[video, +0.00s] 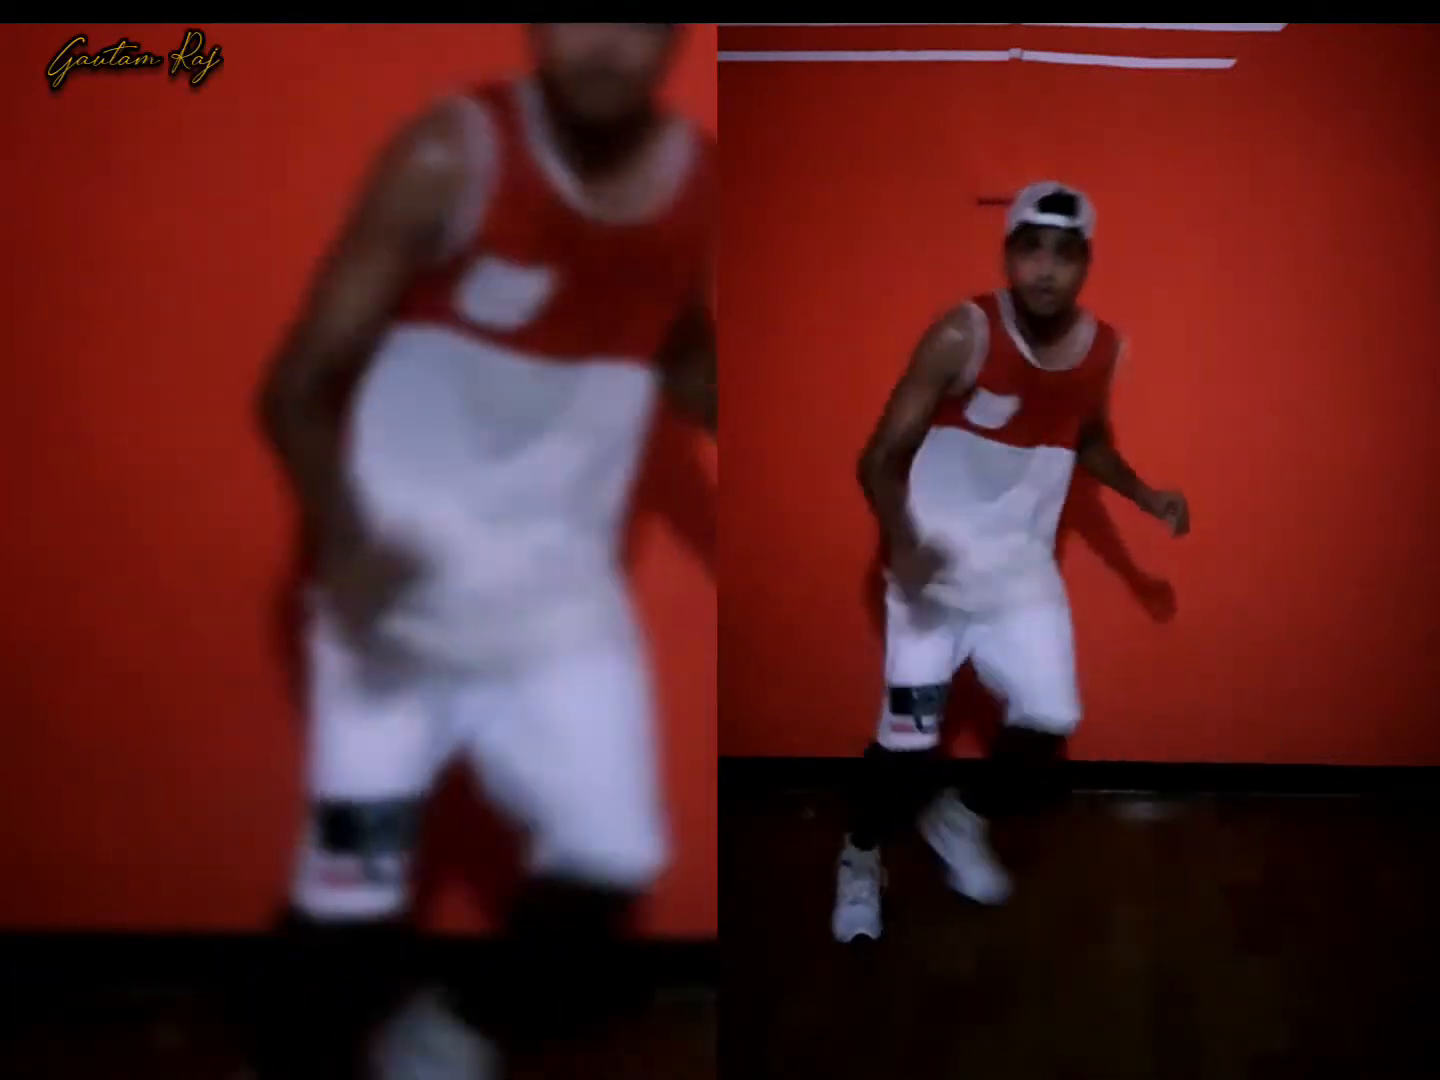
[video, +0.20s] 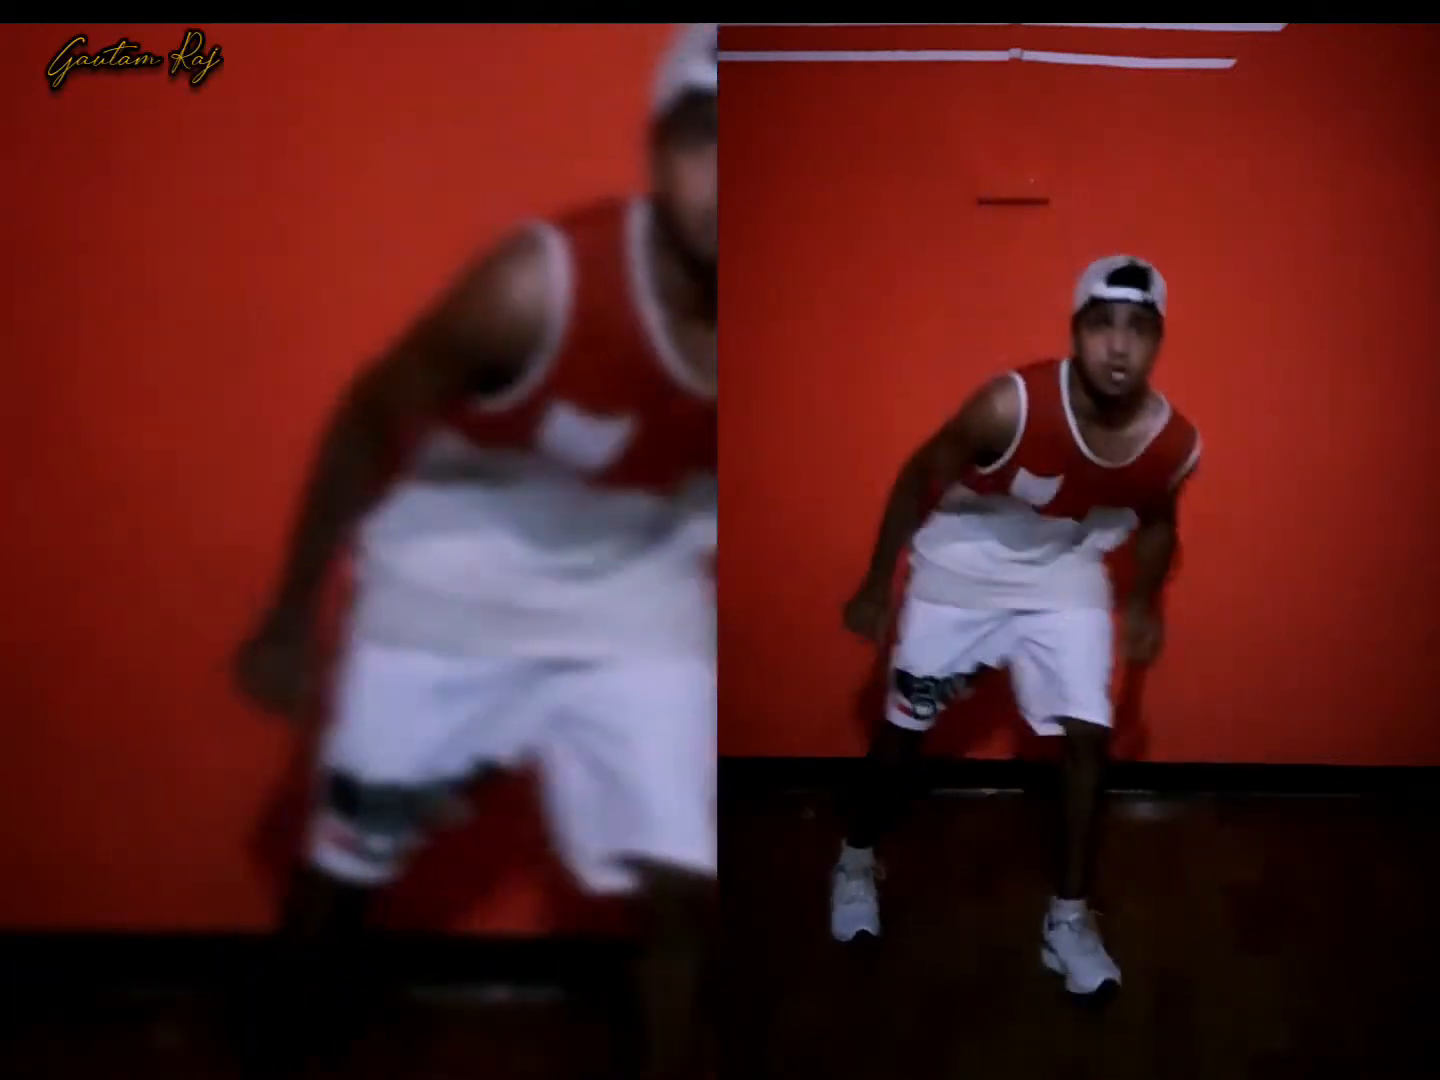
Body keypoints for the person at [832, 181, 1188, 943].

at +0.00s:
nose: (1045, 270)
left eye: (1063, 255)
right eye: (1031, 251)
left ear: (1086, 266)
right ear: (1008, 259)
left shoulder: (1099, 348)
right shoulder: (963, 337)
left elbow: (1089, 440)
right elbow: (880, 460)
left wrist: (1146, 494)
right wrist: (904, 542)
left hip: (1023, 566)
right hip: (932, 559)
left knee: (1048, 719)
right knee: (911, 738)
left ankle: (960, 817)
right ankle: (861, 860)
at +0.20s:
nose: (1119, 347)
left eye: (1137, 331)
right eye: (1102, 327)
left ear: (1157, 346)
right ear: (1075, 337)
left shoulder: (1172, 445)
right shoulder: (1009, 408)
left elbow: (1159, 523)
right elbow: (920, 477)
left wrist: (1145, 601)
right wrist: (876, 584)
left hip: (1069, 563)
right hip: (963, 550)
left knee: (1088, 732)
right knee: (908, 718)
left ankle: (1070, 916)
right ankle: (857, 864)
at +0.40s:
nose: (1162, 269)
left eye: (1183, 253)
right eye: (1148, 246)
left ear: (1202, 267)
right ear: (1119, 248)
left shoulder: (1215, 376)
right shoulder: (1063, 303)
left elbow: (1214, 523)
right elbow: (1014, 389)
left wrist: (1151, 500)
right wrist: (984, 485)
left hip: (1137, 605)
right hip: (1037, 583)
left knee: (1113, 774)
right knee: (1008, 761)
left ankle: (1074, 923)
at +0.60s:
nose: (1191, 275)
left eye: (1210, 259)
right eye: (1177, 256)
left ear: (1234, 268)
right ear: (1156, 260)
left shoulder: (1259, 377)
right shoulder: (1141, 328)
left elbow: (1224, 502)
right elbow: (1130, 426)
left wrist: (1195, 380)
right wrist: (1054, 472)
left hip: (1171, 614)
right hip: (1121, 599)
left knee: (1113, 800)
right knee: (1172, 773)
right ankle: (1283, 888)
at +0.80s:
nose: (1121, 277)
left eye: (1136, 257)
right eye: (1109, 259)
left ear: (1181, 251)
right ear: (1102, 261)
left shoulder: (1240, 331)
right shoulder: (1130, 341)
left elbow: (1259, 451)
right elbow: (1157, 443)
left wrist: (1143, 399)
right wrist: (1096, 441)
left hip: (1231, 614)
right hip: (1162, 603)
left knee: (1218, 801)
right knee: (1126, 760)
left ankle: (1349, 920)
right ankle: (1260, 882)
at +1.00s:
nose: (1067, 352)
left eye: (1080, 333)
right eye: (1060, 335)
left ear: (1131, 326)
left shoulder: (1160, 401)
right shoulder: (1152, 379)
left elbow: (1217, 493)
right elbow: (1127, 450)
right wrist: (1077, 495)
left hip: (1271, 606)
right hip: (1204, 586)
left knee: (1245, 807)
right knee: (1110, 705)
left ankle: (1370, 936)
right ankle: (1111, 895)